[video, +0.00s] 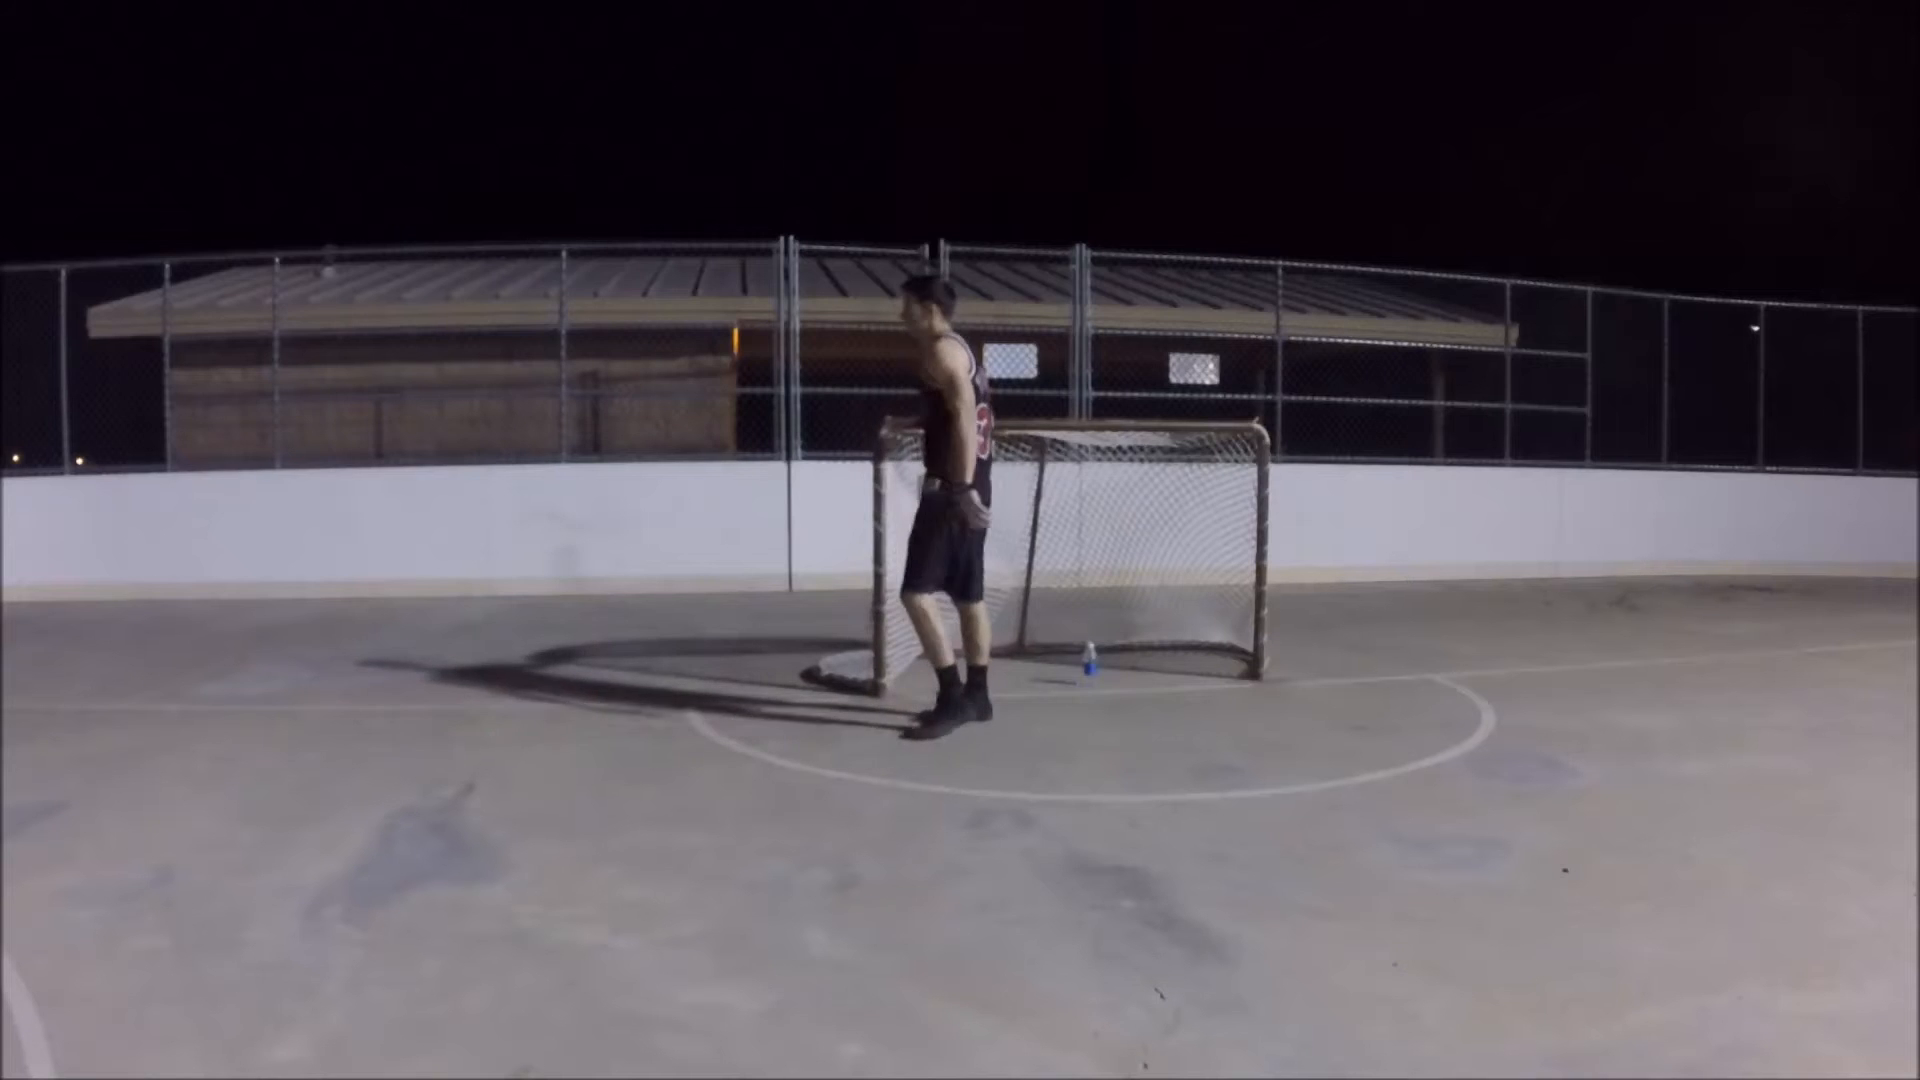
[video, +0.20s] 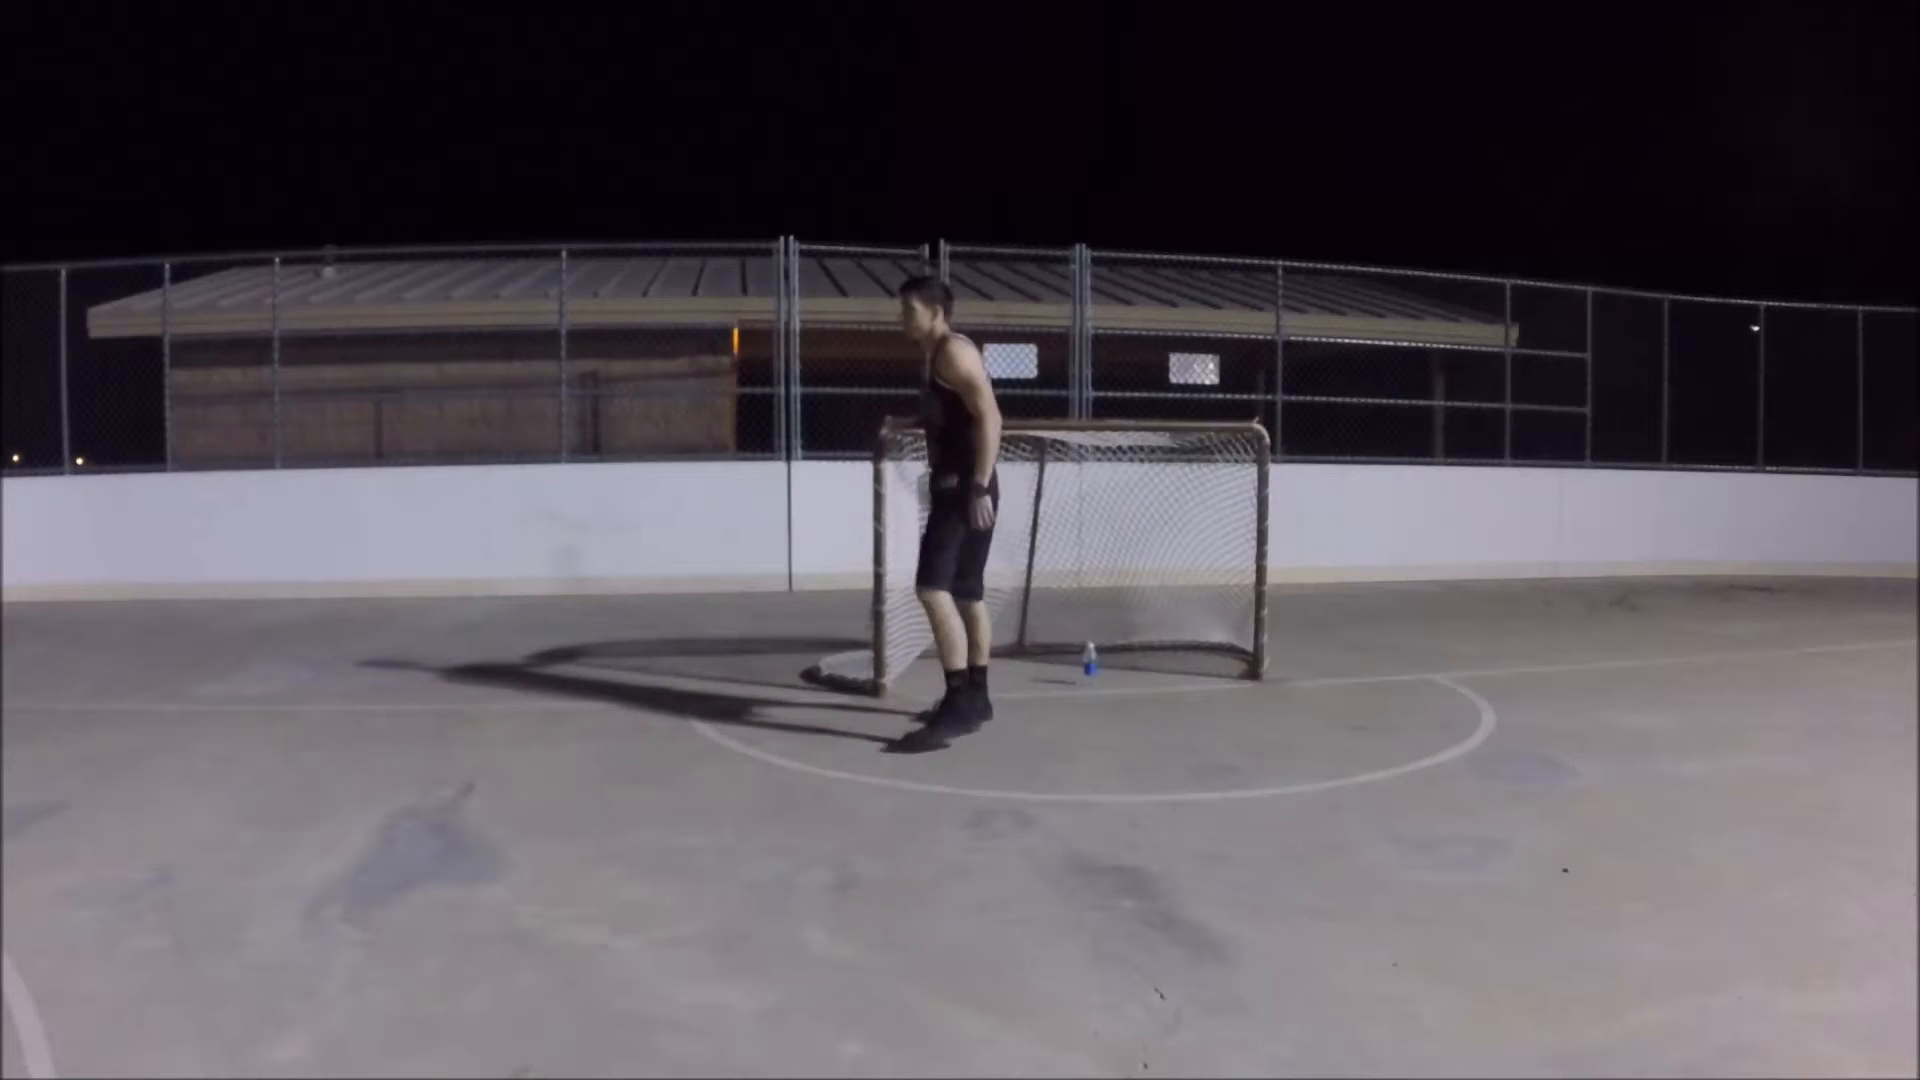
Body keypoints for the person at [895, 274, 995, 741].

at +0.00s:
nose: (903, 317)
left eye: (907, 308)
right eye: (904, 307)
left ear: (931, 310)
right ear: (937, 311)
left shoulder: (942, 352)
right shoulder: (958, 349)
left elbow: (964, 417)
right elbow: (949, 416)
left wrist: (961, 486)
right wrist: (905, 424)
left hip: (947, 489)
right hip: (969, 488)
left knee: (915, 593)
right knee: (969, 594)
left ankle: (951, 697)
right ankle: (977, 695)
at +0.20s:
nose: (904, 322)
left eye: (910, 312)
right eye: (903, 313)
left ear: (938, 312)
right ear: (922, 314)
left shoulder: (955, 354)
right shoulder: (937, 355)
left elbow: (990, 419)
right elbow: (945, 419)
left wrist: (980, 487)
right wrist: (903, 424)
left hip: (962, 488)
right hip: (962, 485)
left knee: (933, 590)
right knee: (967, 593)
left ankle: (961, 699)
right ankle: (974, 696)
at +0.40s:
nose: (909, 318)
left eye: (917, 310)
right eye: (908, 310)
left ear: (946, 312)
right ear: (921, 316)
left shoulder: (963, 357)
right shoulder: (937, 359)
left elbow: (1003, 425)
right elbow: (946, 422)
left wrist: (997, 497)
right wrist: (904, 426)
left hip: (966, 495)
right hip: (949, 493)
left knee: (965, 600)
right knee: (961, 599)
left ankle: (964, 716)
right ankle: (974, 697)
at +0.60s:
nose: (920, 314)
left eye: (929, 307)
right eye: (919, 306)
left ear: (957, 312)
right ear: (923, 313)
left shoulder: (977, 362)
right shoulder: (935, 363)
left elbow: (1017, 433)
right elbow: (946, 425)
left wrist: (1010, 505)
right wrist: (906, 428)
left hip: (972, 501)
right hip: (940, 498)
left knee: (961, 610)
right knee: (954, 607)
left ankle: (976, 733)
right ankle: (970, 699)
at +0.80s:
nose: (934, 303)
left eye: (944, 294)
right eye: (930, 294)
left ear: (971, 301)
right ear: (927, 304)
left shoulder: (997, 353)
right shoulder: (935, 358)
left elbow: (1025, 432)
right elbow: (935, 438)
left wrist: (1019, 508)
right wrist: (915, 499)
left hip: (980, 502)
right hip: (933, 500)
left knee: (972, 619)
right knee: (920, 606)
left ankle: (977, 732)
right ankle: (957, 675)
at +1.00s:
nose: (943, 296)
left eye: (953, 286)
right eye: (937, 289)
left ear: (979, 291)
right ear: (931, 298)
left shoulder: (1013, 347)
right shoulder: (930, 351)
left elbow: (1036, 424)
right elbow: (923, 423)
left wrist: (1016, 492)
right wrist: (900, 451)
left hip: (991, 499)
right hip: (938, 496)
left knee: (984, 621)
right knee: (914, 618)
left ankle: (977, 730)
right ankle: (914, 688)